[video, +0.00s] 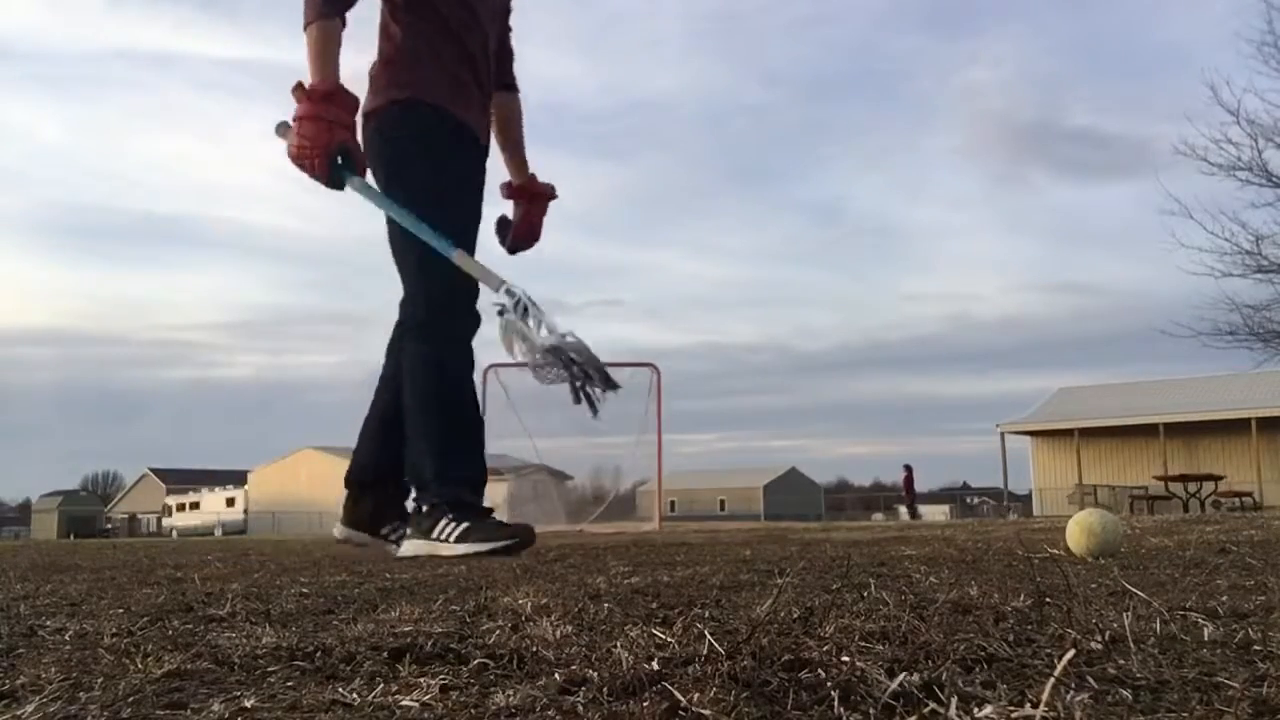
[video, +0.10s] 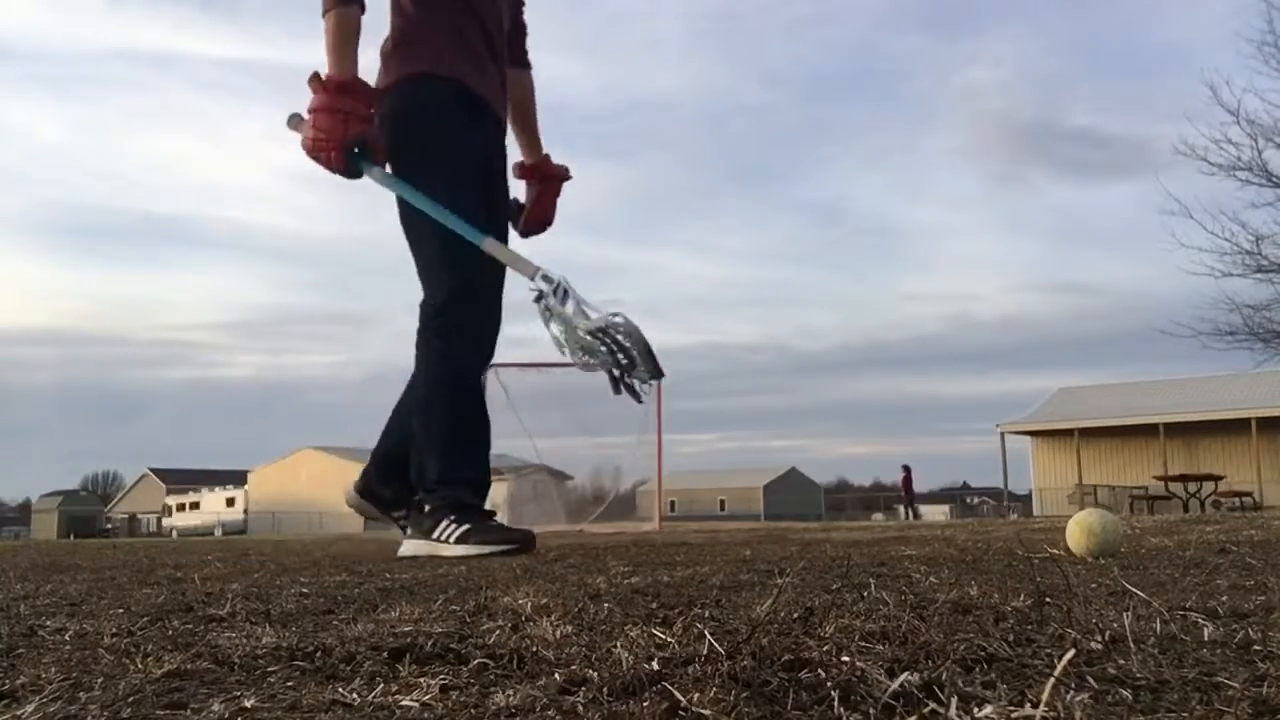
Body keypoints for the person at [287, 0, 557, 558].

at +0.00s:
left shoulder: (495, 10)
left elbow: (500, 76)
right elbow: (326, 4)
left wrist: (521, 178)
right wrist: (323, 97)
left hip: (461, 128)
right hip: (410, 111)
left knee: (433, 308)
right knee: (443, 304)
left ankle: (372, 501)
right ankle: (443, 507)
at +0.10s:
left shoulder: (509, 10)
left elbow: (514, 59)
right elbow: (346, 4)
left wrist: (534, 158)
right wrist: (341, 87)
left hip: (482, 115)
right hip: (426, 92)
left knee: (474, 313)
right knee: (458, 304)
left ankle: (388, 482)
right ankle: (445, 508)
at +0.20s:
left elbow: (524, 40)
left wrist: (554, 133)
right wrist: (379, 63)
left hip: (502, 95)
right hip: (437, 75)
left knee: (527, 305)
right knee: (457, 290)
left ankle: (416, 456)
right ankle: (441, 508)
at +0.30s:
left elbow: (529, 18)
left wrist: (572, 93)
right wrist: (422, 37)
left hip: (524, 78)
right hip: (449, 53)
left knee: (570, 282)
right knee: (453, 287)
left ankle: (471, 474)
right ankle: (440, 502)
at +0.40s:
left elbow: (539, 10)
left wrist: (585, 45)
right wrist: (460, 22)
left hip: (540, 58)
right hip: (457, 38)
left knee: (600, 264)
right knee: (453, 286)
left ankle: (538, 484)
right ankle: (442, 505)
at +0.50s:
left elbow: (551, 13)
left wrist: (612, 30)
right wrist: (465, 21)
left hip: (561, 63)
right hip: (474, 45)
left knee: (621, 264)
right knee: (459, 286)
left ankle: (626, 491)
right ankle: (445, 504)